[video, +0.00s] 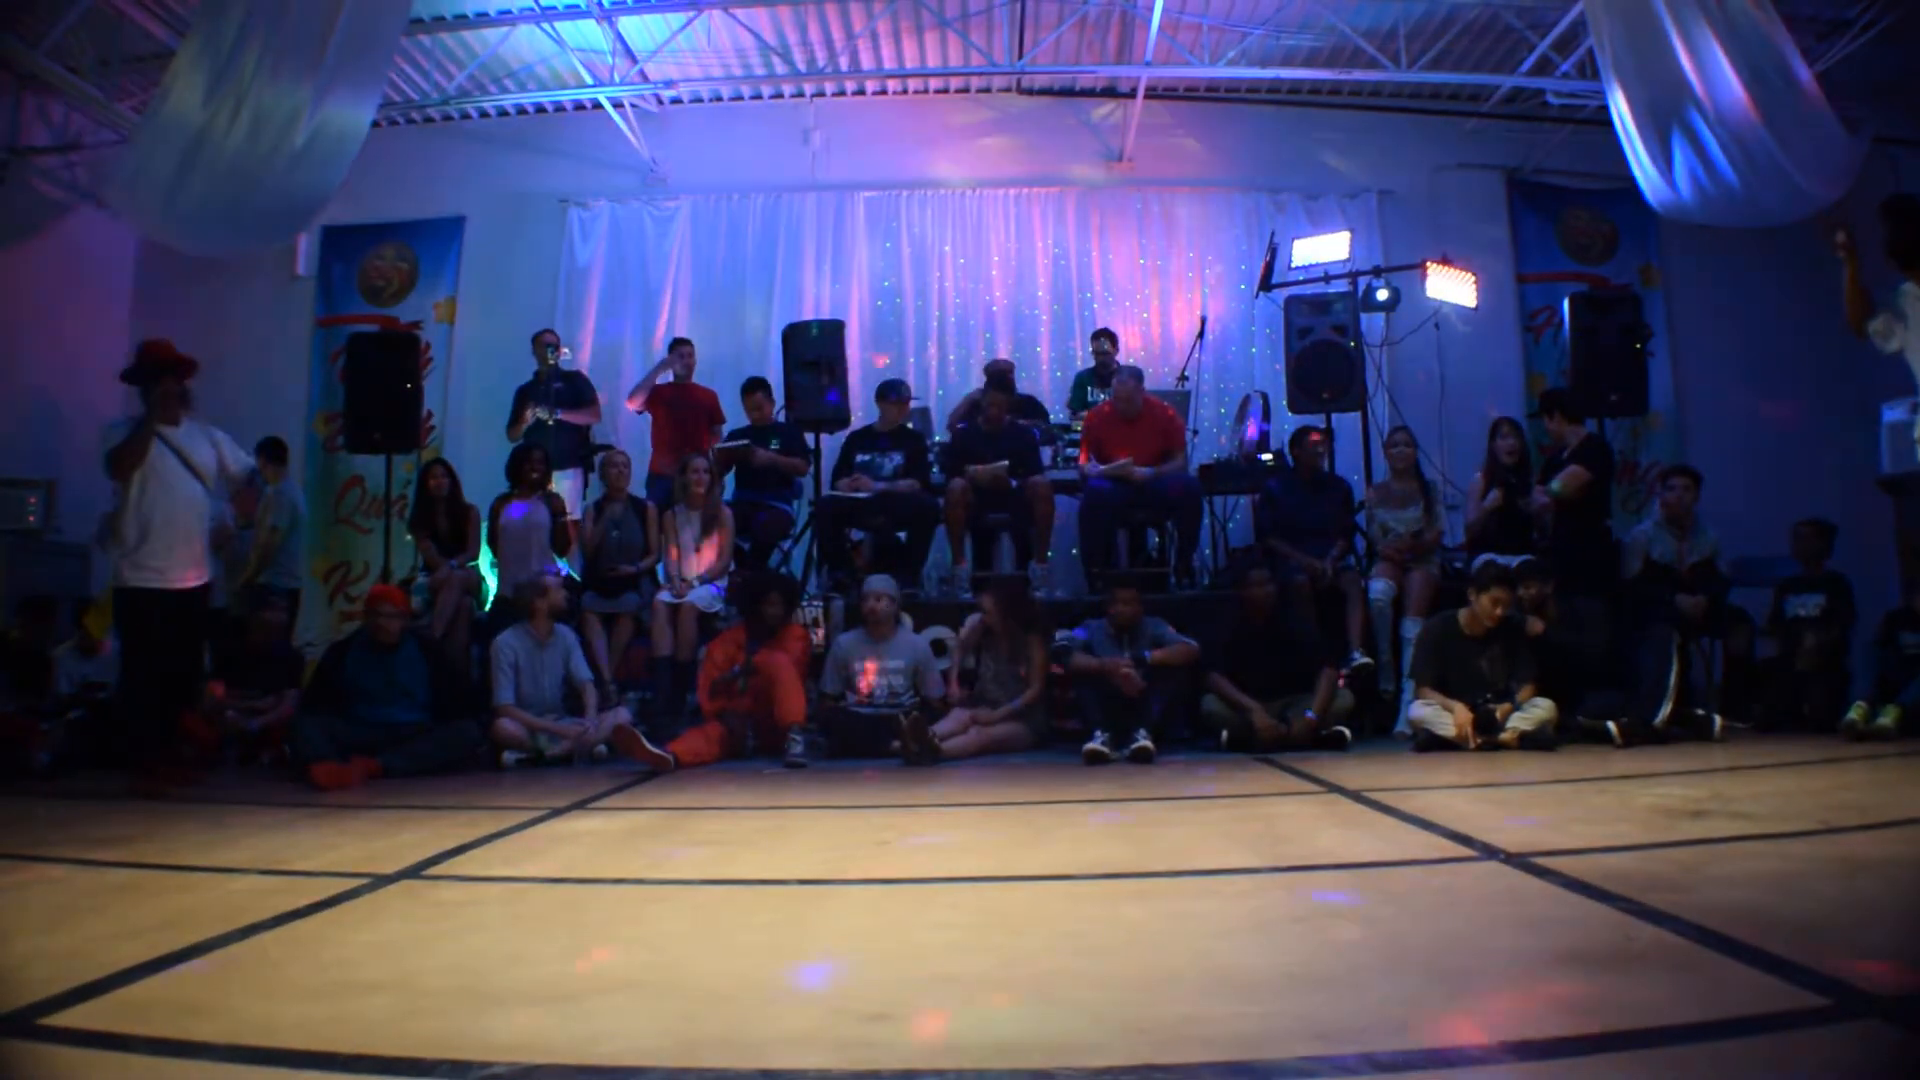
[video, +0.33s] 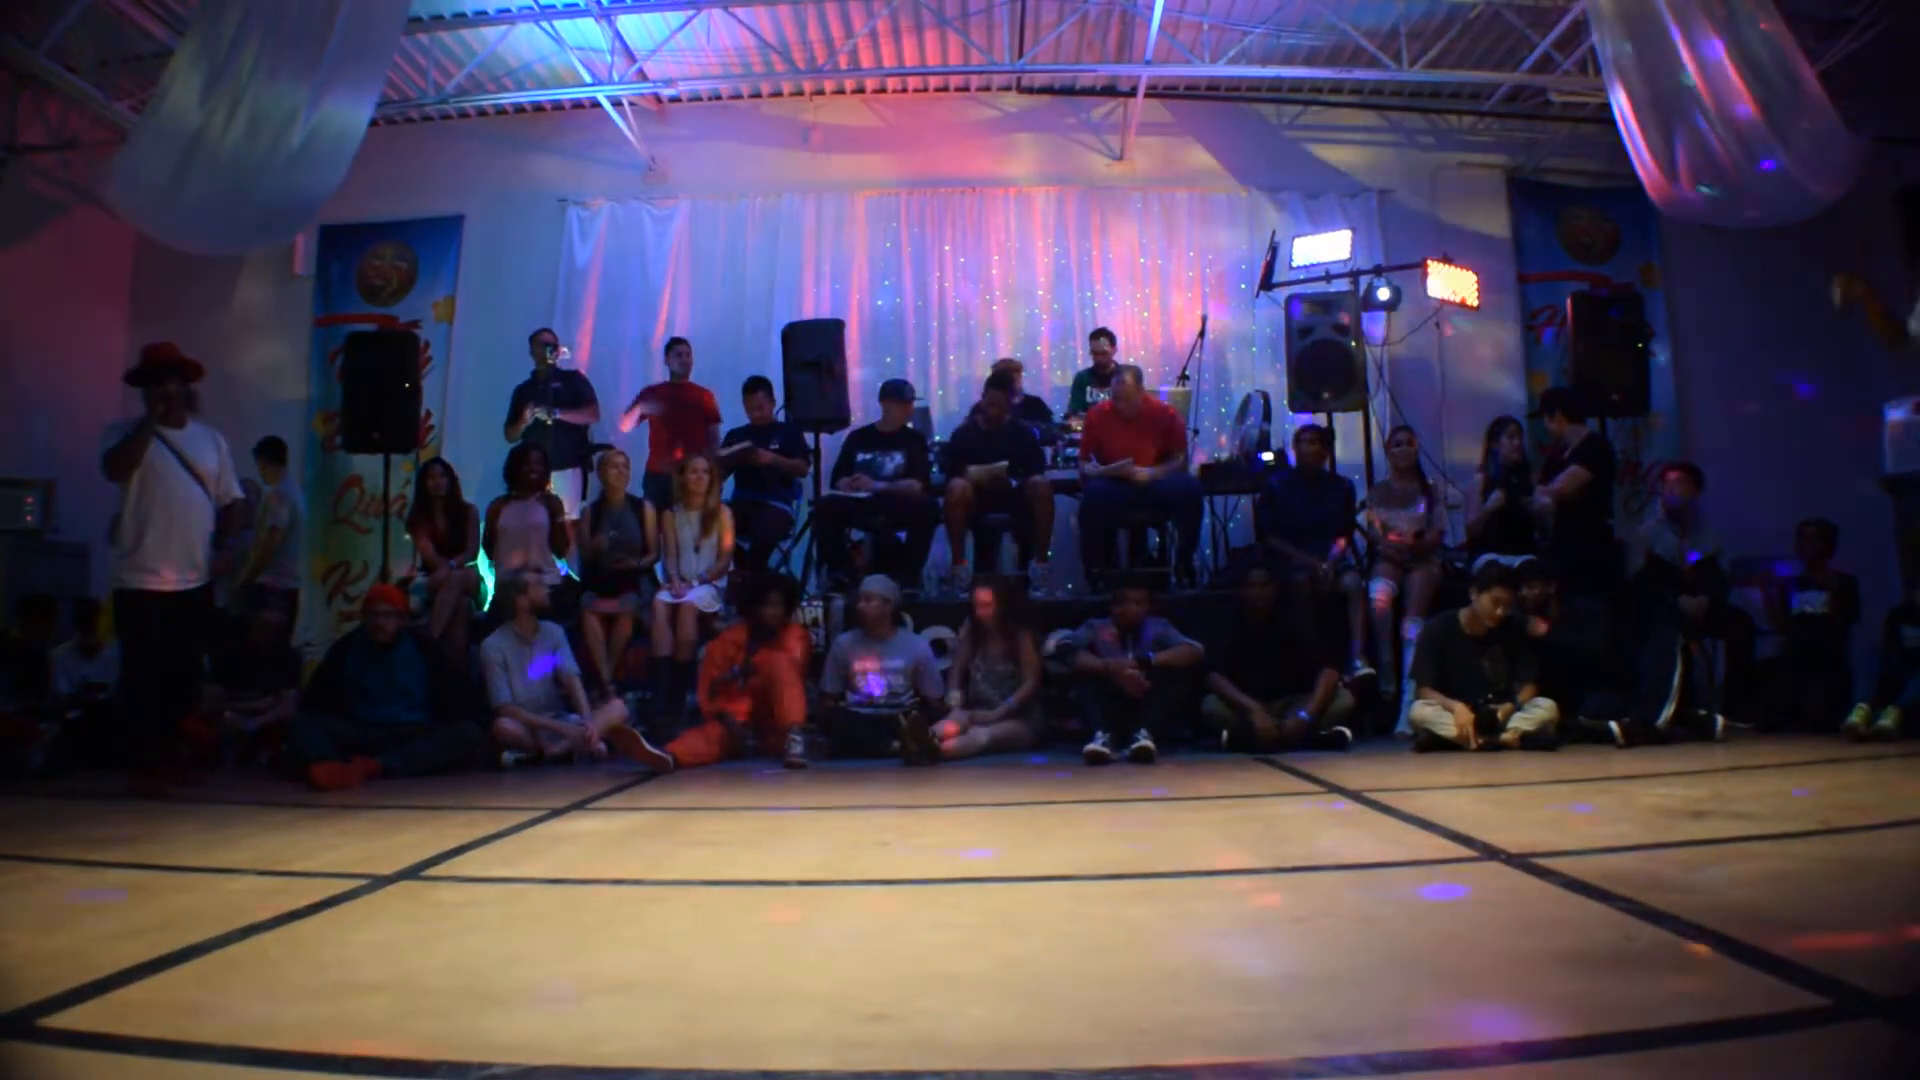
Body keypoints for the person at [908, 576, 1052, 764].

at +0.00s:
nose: (983, 618)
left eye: (988, 612)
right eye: (983, 612)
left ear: (1007, 612)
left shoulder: (1030, 638)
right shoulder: (979, 627)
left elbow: (1036, 690)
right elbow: (959, 647)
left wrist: (996, 714)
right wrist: (954, 684)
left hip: (1021, 713)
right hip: (985, 704)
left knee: (979, 736)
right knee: (961, 715)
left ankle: (934, 752)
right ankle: (922, 738)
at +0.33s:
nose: (981, 613)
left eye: (987, 606)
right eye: (978, 606)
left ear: (1001, 605)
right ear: (973, 606)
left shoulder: (1020, 636)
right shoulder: (970, 633)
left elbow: (1031, 682)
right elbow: (957, 669)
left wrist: (995, 714)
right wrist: (956, 700)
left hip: (1013, 713)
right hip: (975, 708)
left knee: (981, 736)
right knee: (952, 726)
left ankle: (934, 752)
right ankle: (925, 738)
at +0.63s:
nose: (986, 607)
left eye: (991, 600)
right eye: (979, 601)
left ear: (1000, 602)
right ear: (970, 605)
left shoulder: (1017, 638)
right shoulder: (963, 641)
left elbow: (1026, 689)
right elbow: (954, 691)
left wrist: (991, 715)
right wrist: (968, 713)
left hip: (1011, 712)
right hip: (973, 711)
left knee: (981, 737)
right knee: (957, 724)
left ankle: (933, 751)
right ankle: (920, 737)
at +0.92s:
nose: (991, 604)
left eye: (995, 597)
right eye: (984, 598)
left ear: (1002, 601)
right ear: (972, 603)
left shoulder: (1018, 637)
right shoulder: (964, 641)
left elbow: (1026, 687)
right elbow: (956, 690)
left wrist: (989, 715)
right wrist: (960, 703)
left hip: (1012, 709)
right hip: (974, 709)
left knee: (986, 736)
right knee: (951, 725)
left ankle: (935, 752)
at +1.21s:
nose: (999, 601)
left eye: (1003, 595)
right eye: (992, 595)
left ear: (1008, 599)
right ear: (978, 600)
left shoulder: (1021, 636)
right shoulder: (967, 637)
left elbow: (1026, 686)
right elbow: (957, 685)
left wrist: (992, 714)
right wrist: (960, 702)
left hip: (1010, 708)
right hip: (975, 708)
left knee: (981, 736)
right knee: (950, 725)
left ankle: (935, 751)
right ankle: (920, 739)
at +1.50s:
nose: (996, 600)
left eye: (1001, 595)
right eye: (989, 595)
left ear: (1008, 599)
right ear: (979, 599)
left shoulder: (1024, 636)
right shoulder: (969, 636)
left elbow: (1034, 687)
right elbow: (957, 686)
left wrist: (996, 714)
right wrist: (962, 703)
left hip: (1013, 710)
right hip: (977, 710)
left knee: (981, 736)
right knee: (958, 721)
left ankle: (935, 752)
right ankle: (922, 736)